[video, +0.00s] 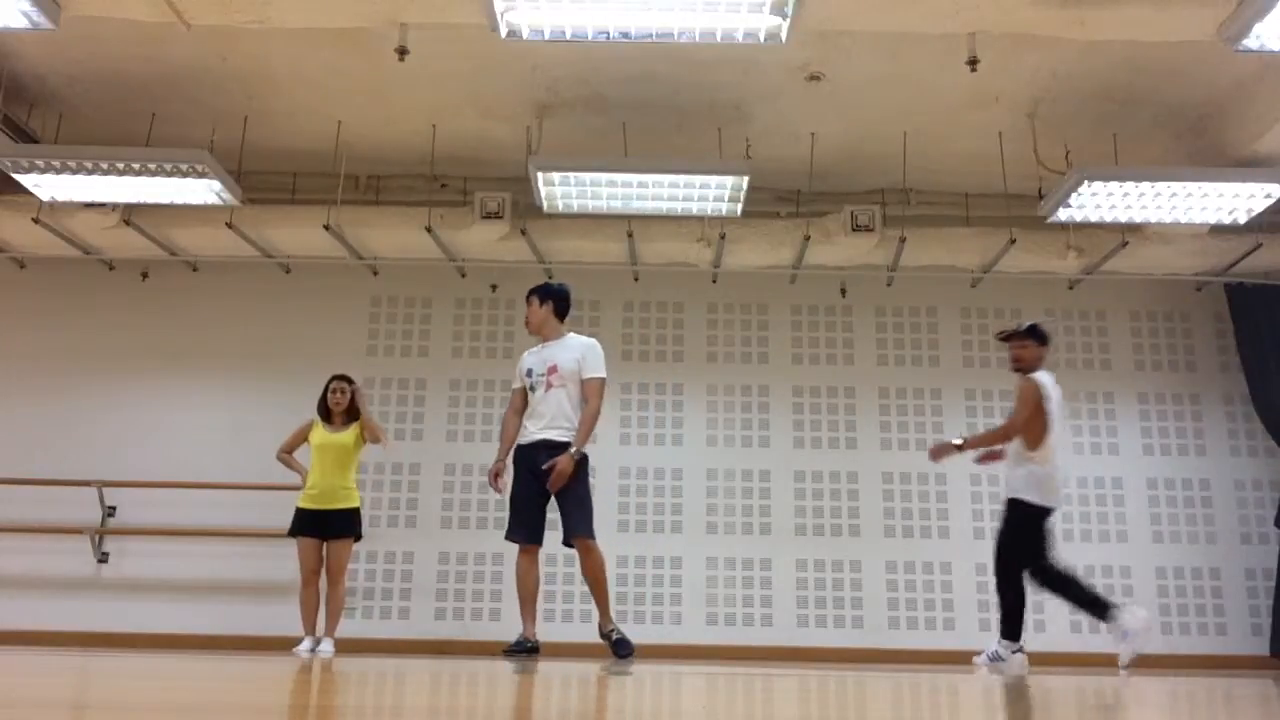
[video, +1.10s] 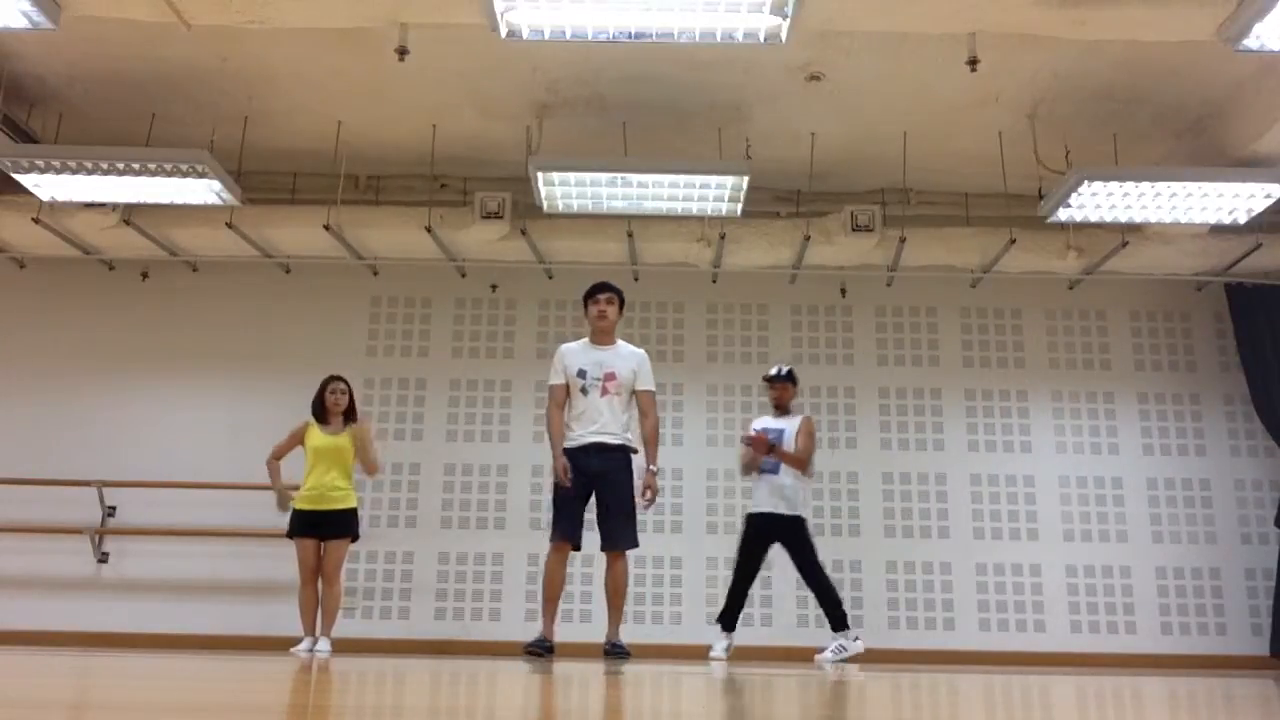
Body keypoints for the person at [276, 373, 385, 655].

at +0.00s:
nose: (337, 396)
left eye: (343, 392)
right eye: (333, 391)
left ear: (351, 397)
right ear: (325, 396)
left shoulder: (359, 426)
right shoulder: (314, 426)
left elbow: (377, 437)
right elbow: (282, 453)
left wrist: (363, 406)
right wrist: (303, 471)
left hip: (343, 506)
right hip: (311, 505)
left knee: (335, 577)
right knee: (309, 576)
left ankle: (329, 638)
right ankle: (309, 636)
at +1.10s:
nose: (337, 397)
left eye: (342, 393)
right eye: (332, 392)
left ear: (349, 398)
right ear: (322, 396)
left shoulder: (356, 431)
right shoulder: (308, 429)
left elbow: (371, 469)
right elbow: (273, 459)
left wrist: (362, 437)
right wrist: (279, 491)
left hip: (340, 507)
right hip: (307, 506)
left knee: (330, 575)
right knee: (308, 575)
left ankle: (325, 637)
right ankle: (308, 636)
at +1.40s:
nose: (336, 396)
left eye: (342, 391)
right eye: (332, 391)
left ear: (350, 397)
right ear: (323, 396)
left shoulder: (360, 428)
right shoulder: (308, 431)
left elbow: (370, 466)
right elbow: (297, 471)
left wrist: (338, 474)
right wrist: (299, 503)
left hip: (341, 509)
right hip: (309, 509)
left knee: (334, 574)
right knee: (308, 575)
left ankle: (328, 637)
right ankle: (309, 636)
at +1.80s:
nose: (337, 396)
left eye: (342, 392)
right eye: (332, 392)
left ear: (351, 398)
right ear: (324, 397)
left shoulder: (362, 430)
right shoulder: (310, 433)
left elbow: (374, 470)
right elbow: (301, 475)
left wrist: (365, 503)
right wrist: (290, 509)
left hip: (343, 508)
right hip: (309, 508)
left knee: (335, 577)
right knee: (310, 577)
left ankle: (328, 637)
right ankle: (310, 636)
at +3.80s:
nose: (336, 398)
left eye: (341, 394)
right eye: (332, 394)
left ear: (351, 400)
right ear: (324, 399)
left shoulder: (361, 431)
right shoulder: (309, 432)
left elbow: (367, 472)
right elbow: (298, 473)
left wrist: (360, 508)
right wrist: (291, 508)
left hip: (342, 509)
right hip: (309, 507)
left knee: (332, 576)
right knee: (310, 575)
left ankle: (326, 637)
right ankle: (311, 636)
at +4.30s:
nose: (337, 403)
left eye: (343, 399)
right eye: (333, 399)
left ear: (352, 405)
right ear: (325, 404)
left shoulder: (360, 437)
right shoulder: (309, 433)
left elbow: (364, 474)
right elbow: (293, 467)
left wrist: (369, 507)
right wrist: (299, 502)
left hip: (347, 512)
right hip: (315, 513)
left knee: (338, 578)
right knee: (316, 577)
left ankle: (328, 637)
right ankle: (314, 636)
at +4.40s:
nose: (337, 404)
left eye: (342, 400)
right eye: (333, 399)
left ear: (352, 406)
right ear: (325, 404)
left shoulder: (360, 435)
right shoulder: (313, 431)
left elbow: (374, 468)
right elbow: (290, 448)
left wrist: (397, 469)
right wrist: (298, 446)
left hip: (342, 513)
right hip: (311, 513)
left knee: (333, 576)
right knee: (297, 567)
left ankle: (326, 637)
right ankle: (306, 631)